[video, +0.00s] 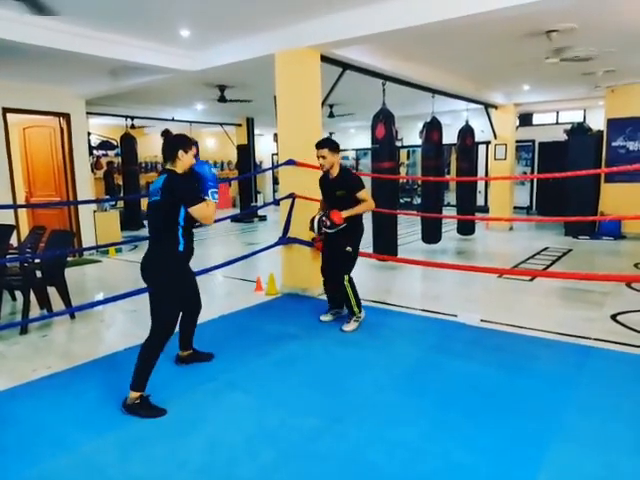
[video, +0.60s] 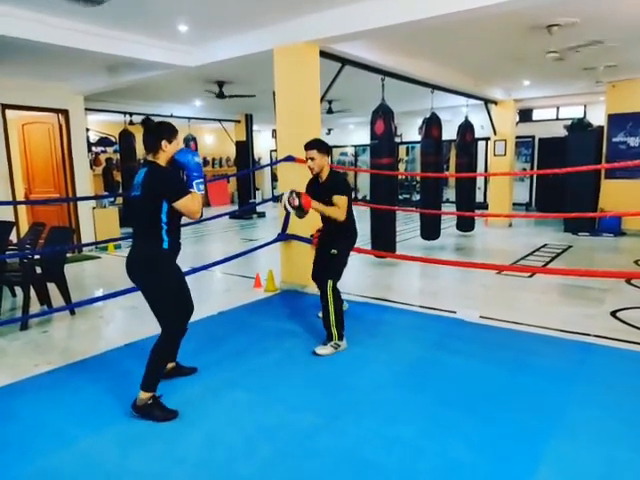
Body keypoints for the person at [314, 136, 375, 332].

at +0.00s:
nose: (320, 162)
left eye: (323, 157)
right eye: (318, 158)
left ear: (336, 156)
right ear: (319, 158)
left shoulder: (351, 178)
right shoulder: (323, 180)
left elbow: (369, 204)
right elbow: (325, 204)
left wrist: (344, 214)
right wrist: (319, 218)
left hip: (351, 229)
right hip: (332, 229)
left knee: (342, 271)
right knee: (327, 270)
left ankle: (357, 313)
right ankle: (336, 307)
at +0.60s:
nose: (309, 164)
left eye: (312, 159)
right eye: (307, 160)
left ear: (326, 157)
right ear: (309, 161)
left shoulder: (339, 180)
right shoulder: (312, 183)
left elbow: (341, 214)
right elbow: (303, 212)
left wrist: (311, 204)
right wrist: (295, 203)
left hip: (344, 233)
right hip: (326, 231)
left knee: (327, 281)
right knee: (318, 275)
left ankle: (336, 339)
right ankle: (336, 304)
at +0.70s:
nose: (309, 158)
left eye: (311, 153)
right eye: (307, 155)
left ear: (324, 152)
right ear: (309, 155)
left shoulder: (337, 174)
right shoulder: (316, 175)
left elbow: (324, 198)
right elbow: (291, 197)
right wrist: (287, 175)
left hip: (343, 231)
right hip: (327, 229)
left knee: (328, 281)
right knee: (315, 274)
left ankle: (337, 338)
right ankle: (338, 307)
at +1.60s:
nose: (294, 147)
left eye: (297, 142)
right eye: (293, 143)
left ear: (311, 141)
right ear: (304, 143)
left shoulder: (321, 163)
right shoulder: (305, 164)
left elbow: (304, 186)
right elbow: (283, 186)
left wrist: (280, 167)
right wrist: (278, 169)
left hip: (328, 227)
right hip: (316, 226)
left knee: (327, 278)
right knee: (325, 275)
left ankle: (339, 332)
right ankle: (339, 313)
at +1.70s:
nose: (292, 147)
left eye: (295, 142)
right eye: (291, 143)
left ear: (308, 141)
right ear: (301, 143)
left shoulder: (314, 162)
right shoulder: (307, 164)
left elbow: (281, 165)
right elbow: (288, 192)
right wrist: (282, 170)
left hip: (323, 225)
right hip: (318, 224)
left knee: (317, 277)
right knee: (326, 271)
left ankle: (337, 331)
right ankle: (343, 313)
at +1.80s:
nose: (287, 147)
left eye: (290, 142)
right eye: (286, 143)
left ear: (303, 141)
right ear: (300, 143)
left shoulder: (305, 161)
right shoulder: (305, 164)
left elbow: (269, 159)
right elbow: (288, 195)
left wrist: (236, 157)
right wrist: (281, 175)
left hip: (317, 223)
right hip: (318, 221)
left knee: (301, 273)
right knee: (325, 269)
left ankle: (325, 324)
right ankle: (342, 312)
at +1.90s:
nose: (278, 148)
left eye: (281, 143)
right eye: (278, 144)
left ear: (294, 143)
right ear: (290, 144)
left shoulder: (298, 163)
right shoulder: (295, 166)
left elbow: (263, 159)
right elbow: (280, 198)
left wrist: (231, 158)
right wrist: (274, 179)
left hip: (309, 227)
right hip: (314, 225)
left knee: (287, 272)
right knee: (323, 270)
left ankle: (296, 325)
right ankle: (342, 313)